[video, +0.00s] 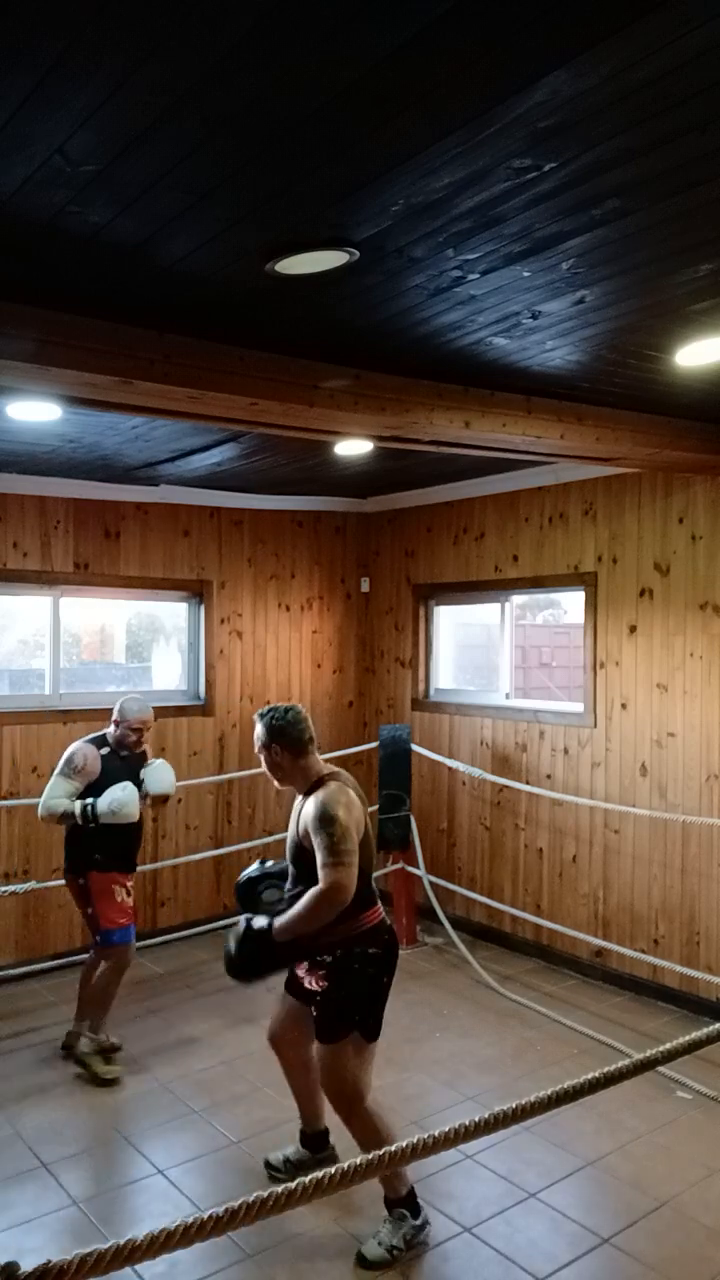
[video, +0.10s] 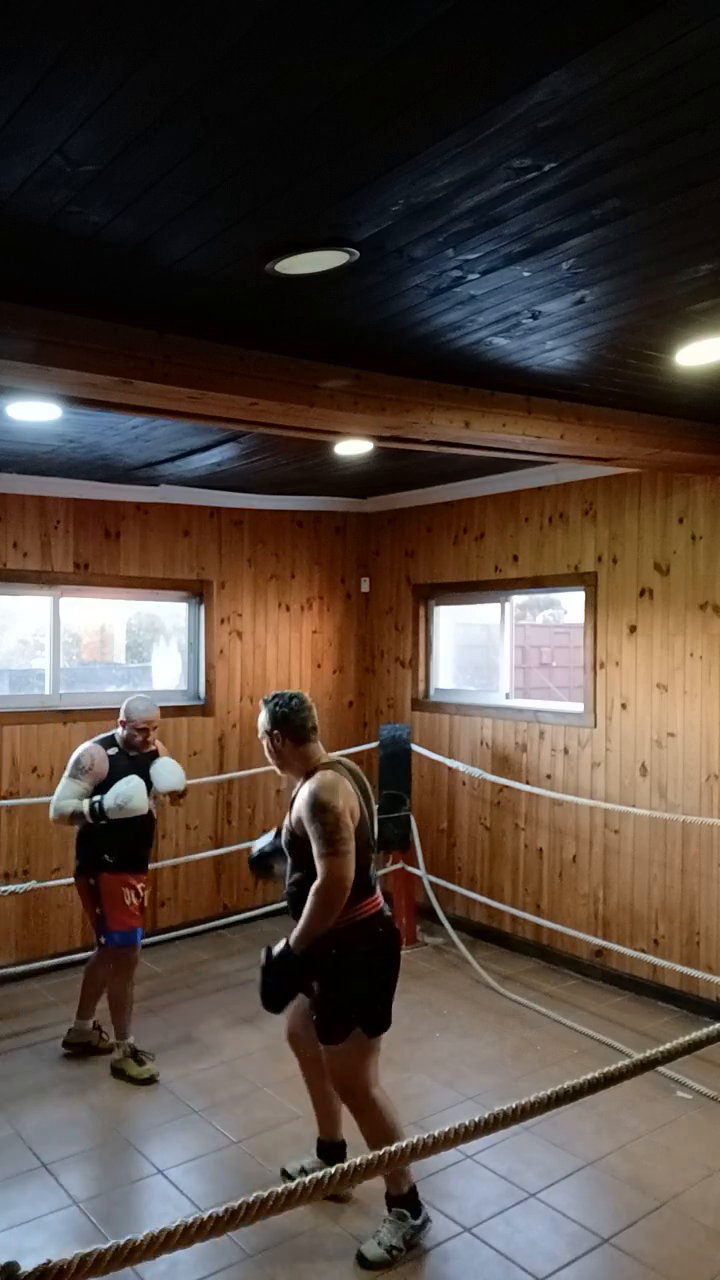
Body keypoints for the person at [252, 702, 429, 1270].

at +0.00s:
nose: (262, 763)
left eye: (262, 753)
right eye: (261, 754)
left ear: (280, 752)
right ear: (303, 744)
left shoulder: (329, 806)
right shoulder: (314, 791)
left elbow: (337, 889)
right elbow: (312, 860)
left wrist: (271, 934)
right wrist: (278, 880)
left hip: (359, 949)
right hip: (325, 942)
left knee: (345, 1091)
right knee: (286, 1036)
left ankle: (406, 1211)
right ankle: (317, 1145)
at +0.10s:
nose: (264, 751)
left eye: (264, 741)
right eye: (264, 741)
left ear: (279, 741)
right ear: (310, 731)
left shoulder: (323, 792)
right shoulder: (332, 774)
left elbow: (335, 882)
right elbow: (318, 838)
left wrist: (290, 954)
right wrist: (278, 849)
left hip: (358, 945)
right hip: (343, 936)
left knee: (353, 1082)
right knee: (304, 1035)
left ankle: (407, 1208)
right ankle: (334, 1156)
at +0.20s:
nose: (263, 745)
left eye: (263, 736)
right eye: (264, 736)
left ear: (276, 738)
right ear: (313, 729)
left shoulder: (315, 789)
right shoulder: (340, 772)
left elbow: (328, 875)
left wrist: (299, 953)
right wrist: (278, 808)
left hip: (351, 941)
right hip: (350, 931)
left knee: (358, 1079)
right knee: (323, 1044)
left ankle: (409, 1209)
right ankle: (342, 1167)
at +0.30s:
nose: (259, 753)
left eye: (261, 743)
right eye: (260, 744)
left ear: (276, 741)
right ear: (310, 731)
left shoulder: (312, 789)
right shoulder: (341, 772)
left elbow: (317, 874)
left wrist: (289, 955)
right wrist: (271, 787)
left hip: (346, 942)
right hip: (356, 932)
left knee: (360, 1084)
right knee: (338, 1062)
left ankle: (408, 1209)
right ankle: (343, 1173)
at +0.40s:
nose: (260, 754)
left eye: (259, 746)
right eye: (259, 747)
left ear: (273, 745)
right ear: (305, 734)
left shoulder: (311, 787)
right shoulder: (338, 771)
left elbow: (310, 874)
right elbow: (298, 801)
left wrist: (278, 953)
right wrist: (252, 782)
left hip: (352, 941)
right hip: (363, 930)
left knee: (330, 1087)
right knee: (334, 1068)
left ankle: (400, 1202)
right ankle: (344, 1172)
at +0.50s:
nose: (254, 759)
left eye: (253, 750)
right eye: (253, 751)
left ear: (266, 748)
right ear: (299, 738)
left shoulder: (308, 790)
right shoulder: (331, 776)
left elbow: (313, 873)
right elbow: (286, 801)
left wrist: (270, 944)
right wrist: (248, 787)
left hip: (346, 943)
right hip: (364, 933)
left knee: (303, 1087)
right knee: (335, 1067)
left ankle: (389, 1200)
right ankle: (345, 1173)